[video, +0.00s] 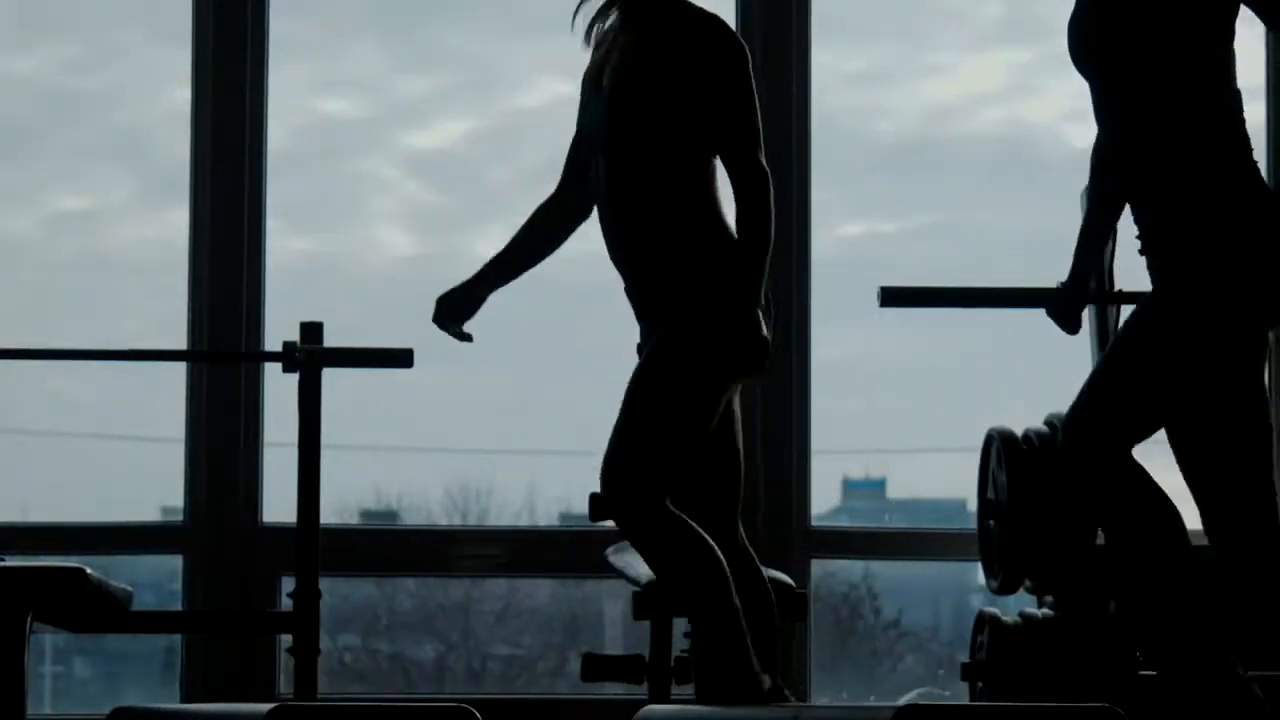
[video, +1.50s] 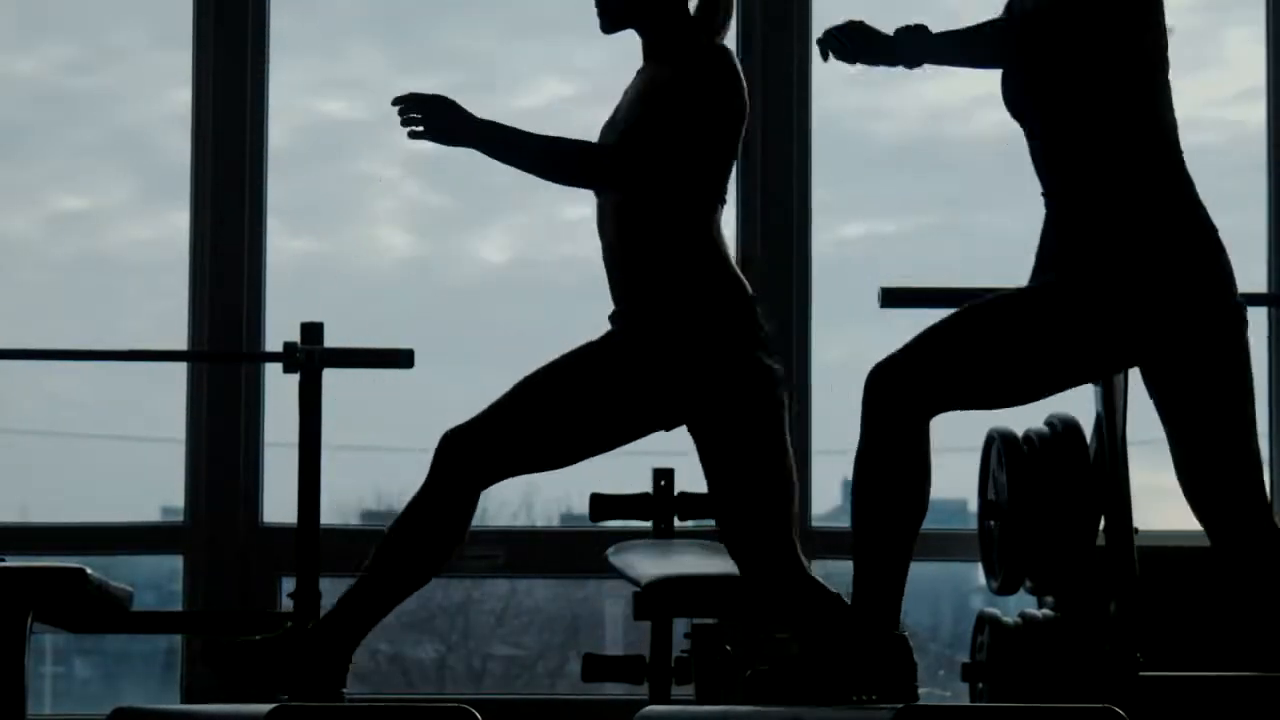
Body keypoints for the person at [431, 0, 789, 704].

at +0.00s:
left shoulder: (710, 41)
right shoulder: (612, 47)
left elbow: (754, 182)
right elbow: (574, 195)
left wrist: (749, 300)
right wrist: (482, 285)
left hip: (709, 312)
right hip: (667, 315)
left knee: (633, 492)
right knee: (715, 517)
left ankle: (735, 683)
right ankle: (761, 694)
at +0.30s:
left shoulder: (658, 23)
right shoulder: (630, 22)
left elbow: (616, 149)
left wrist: (489, 135)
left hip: (684, 299)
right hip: (636, 296)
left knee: (727, 530)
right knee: (469, 431)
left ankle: (815, 712)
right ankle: (556, 648)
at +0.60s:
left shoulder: (519, 46)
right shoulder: (501, 56)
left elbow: (456, 169)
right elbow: (508, 231)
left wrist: (332, 212)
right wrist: (428, 305)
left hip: (556, 311)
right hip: (526, 310)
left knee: (662, 520)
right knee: (331, 424)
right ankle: (304, 650)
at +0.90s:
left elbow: (606, 88)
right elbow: (259, 55)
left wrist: (675, 216)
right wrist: (152, 30)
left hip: (525, 196)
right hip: (458, 210)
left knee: (358, 222)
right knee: (333, 411)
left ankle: (474, 448)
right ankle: (306, 646)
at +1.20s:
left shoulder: (573, 0)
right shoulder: (432, 6)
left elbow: (588, 116)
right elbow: (366, 120)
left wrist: (585, 244)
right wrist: (265, 198)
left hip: (550, 238)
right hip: (471, 238)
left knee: (450, 370)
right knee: (360, 424)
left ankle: (604, 542)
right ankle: (307, 648)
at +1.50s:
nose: (601, 2)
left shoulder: (700, 75)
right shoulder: (663, 71)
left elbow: (610, 171)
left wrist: (472, 131)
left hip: (713, 350)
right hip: (649, 344)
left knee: (775, 566)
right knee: (465, 455)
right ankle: (329, 648)